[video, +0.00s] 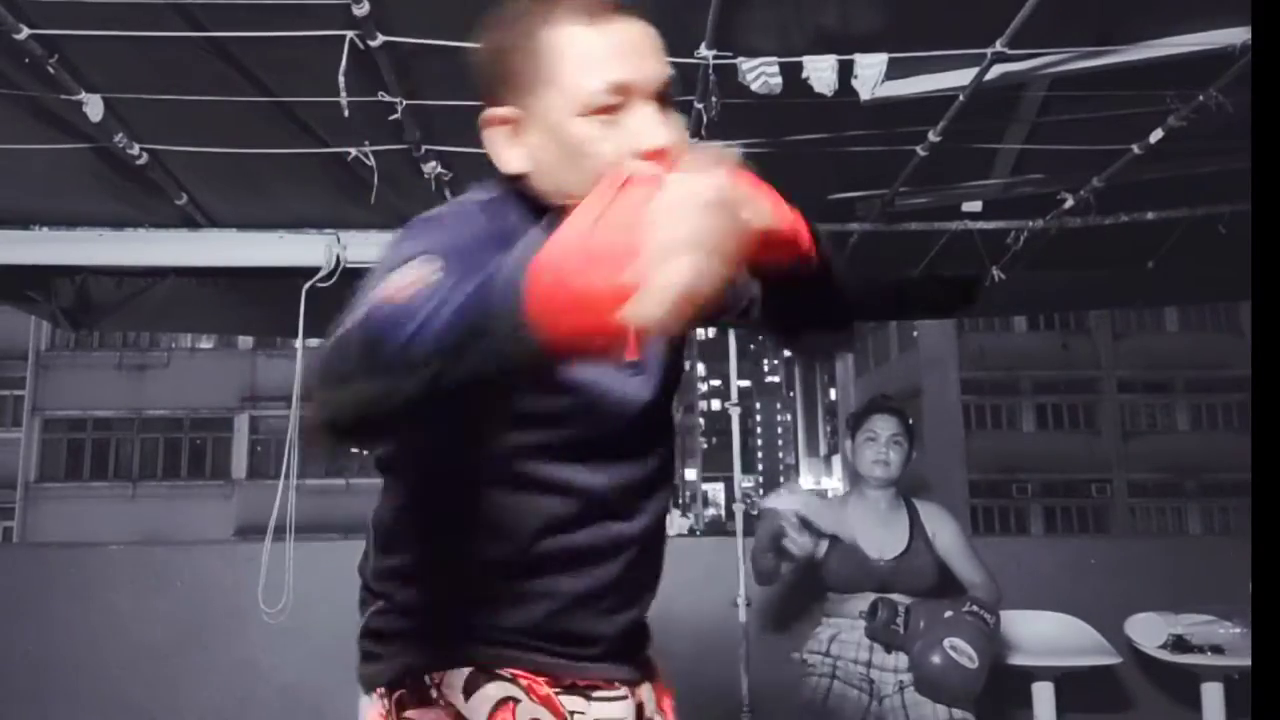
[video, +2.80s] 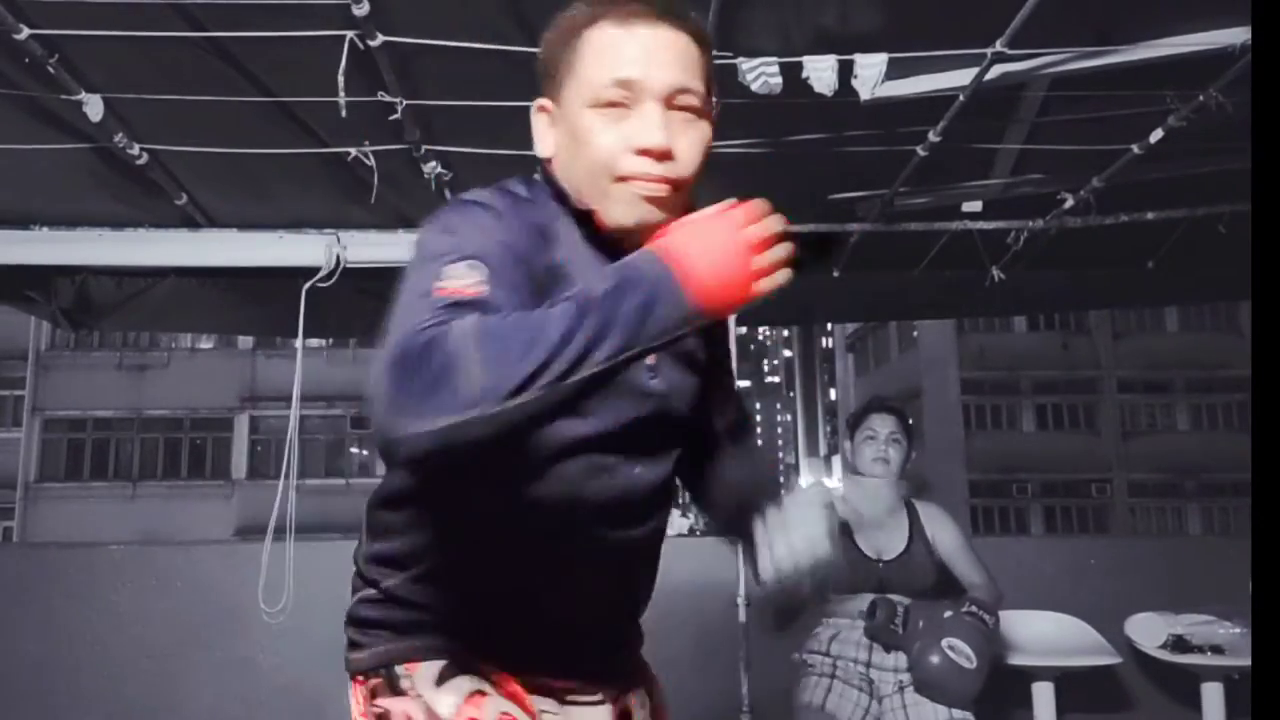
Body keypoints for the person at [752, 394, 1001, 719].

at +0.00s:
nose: (883, 450)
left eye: (895, 443)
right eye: (870, 439)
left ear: (909, 456)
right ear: (850, 450)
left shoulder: (931, 518)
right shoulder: (823, 515)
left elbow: (984, 587)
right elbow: (764, 576)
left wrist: (972, 620)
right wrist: (769, 526)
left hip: (921, 669)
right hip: (840, 666)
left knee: (938, 714)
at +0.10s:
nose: (881, 451)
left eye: (894, 443)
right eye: (869, 440)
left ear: (908, 456)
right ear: (849, 451)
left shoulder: (931, 517)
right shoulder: (817, 519)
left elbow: (984, 586)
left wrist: (976, 613)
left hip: (919, 666)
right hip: (838, 664)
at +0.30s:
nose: (881, 448)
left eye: (893, 440)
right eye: (869, 438)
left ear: (907, 456)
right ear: (848, 452)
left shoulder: (930, 517)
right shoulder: (824, 520)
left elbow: (984, 587)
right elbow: (802, 600)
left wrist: (969, 626)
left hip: (928, 675)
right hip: (848, 673)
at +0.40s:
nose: (887, 451)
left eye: (900, 441)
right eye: (875, 440)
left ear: (918, 455)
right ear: (857, 452)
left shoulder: (939, 512)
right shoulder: (832, 507)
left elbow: (982, 586)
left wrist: (969, 619)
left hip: (921, 669)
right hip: (838, 664)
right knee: (820, 711)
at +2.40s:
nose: (887, 451)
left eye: (899, 443)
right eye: (874, 440)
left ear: (912, 456)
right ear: (853, 450)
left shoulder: (934, 516)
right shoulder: (822, 515)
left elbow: (985, 587)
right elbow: (763, 572)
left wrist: (976, 612)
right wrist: (776, 552)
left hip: (920, 664)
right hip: (838, 661)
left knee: (936, 715)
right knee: (821, 712)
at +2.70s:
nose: (883, 451)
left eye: (896, 443)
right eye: (871, 441)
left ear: (908, 456)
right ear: (849, 449)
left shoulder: (932, 518)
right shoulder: (820, 518)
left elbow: (983, 587)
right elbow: (775, 581)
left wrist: (973, 618)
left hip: (921, 667)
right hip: (839, 664)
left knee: (939, 715)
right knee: (823, 711)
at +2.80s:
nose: (882, 447)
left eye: (894, 440)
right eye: (870, 437)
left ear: (908, 456)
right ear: (849, 450)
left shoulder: (930, 518)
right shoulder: (820, 516)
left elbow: (984, 588)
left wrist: (975, 617)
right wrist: (866, 608)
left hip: (920, 667)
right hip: (839, 664)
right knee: (827, 711)